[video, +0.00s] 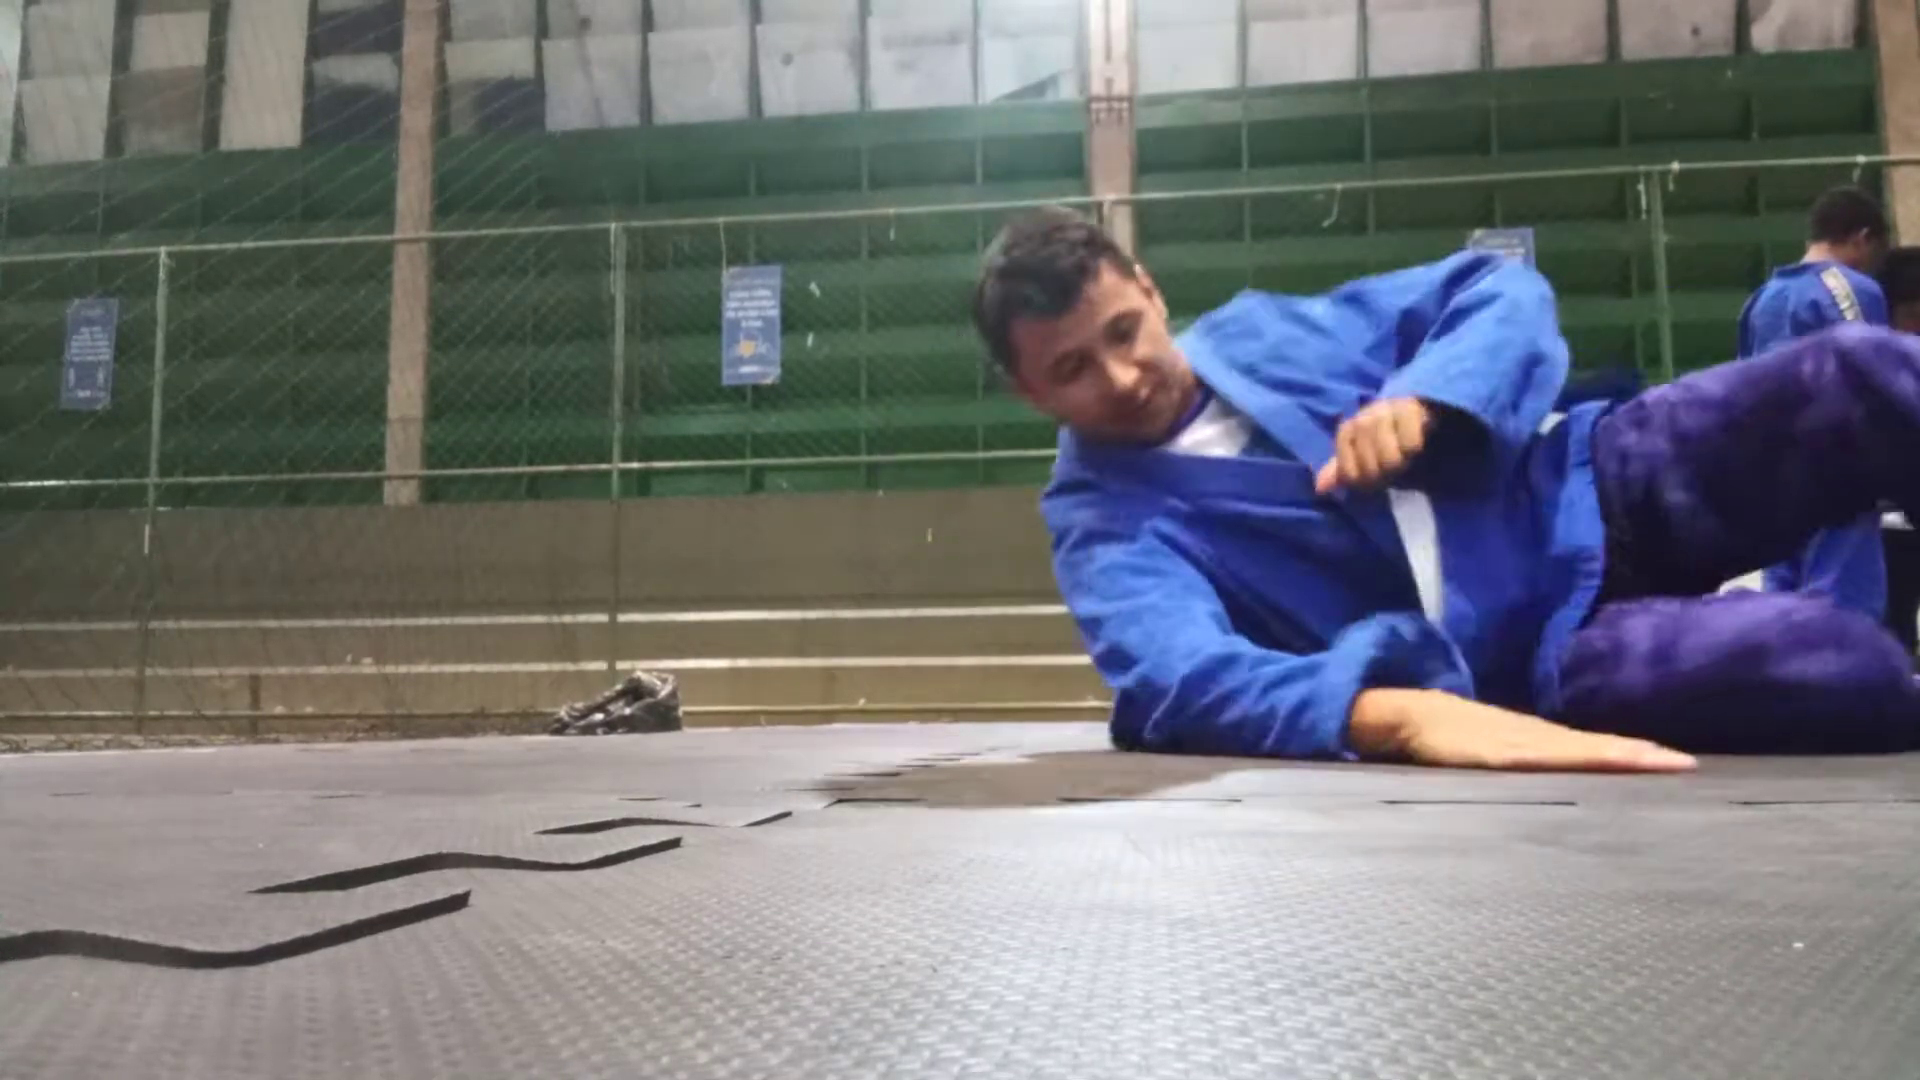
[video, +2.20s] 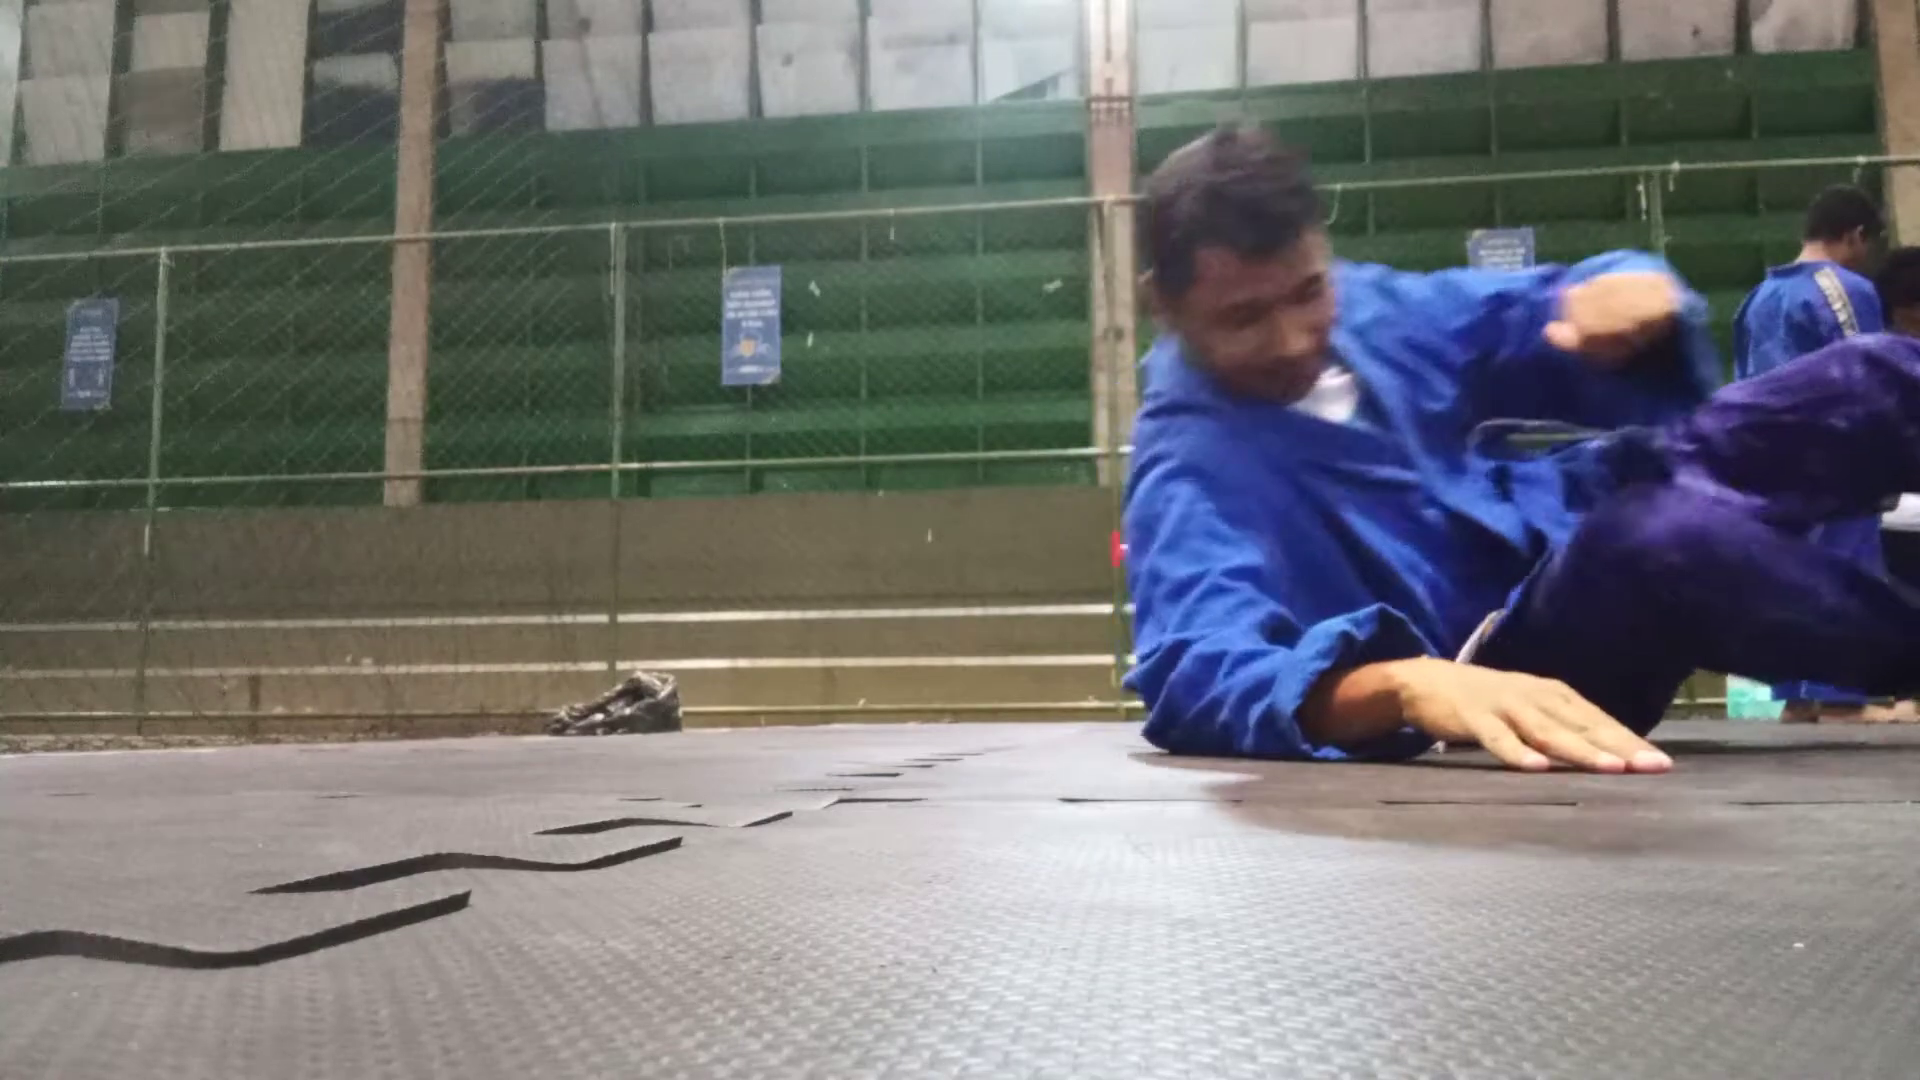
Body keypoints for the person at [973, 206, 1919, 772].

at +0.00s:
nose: (1124, 375)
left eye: (1125, 331)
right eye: (1076, 371)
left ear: (1150, 294)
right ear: (1031, 395)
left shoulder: (1258, 332)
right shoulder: (1106, 527)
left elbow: (1504, 290)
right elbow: (1190, 683)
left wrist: (1426, 396)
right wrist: (1407, 713)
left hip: (1586, 469)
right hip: (1538, 649)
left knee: (1850, 374)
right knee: (1800, 653)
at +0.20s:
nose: (1062, 462)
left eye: (1060, 420)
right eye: (1017, 462)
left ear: (1080, 392)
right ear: (968, 495)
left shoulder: (1180, 423)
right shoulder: (1073, 636)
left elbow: (1395, 369)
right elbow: (1227, 693)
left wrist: (1372, 496)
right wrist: (1411, 714)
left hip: (1524, 490)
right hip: (1519, 650)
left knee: (1795, 335)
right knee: (1795, 628)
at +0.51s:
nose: (1012, 482)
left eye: (1004, 447)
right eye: (968, 492)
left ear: (1024, 426)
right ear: (928, 541)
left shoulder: (1127, 458)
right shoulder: (1068, 652)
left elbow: (1326, 391)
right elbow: (1267, 701)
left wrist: (1322, 496)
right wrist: (1432, 714)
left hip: (1469, 484)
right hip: (1487, 643)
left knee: (1660, 267)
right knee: (1762, 559)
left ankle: (1909, 230)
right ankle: (1903, 689)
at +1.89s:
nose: (1090, 425)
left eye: (1090, 388)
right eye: (1047, 422)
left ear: (1112, 360)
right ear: (998, 447)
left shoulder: (1187, 413)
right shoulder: (1079, 581)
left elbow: (1398, 379)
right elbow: (1183, 694)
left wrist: (1415, 396)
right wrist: (1390, 699)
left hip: (1521, 497)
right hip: (1487, 648)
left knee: (1784, 375)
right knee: (1737, 516)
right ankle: (1911, 638)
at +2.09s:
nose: (1230, 358)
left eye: (1241, 318)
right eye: (1185, 341)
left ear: (1263, 288)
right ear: (1112, 344)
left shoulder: (1302, 341)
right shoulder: (1150, 497)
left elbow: (1544, 383)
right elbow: (1195, 686)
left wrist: (1569, 323)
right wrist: (1400, 684)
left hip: (1571, 509)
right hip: (1506, 676)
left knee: (1862, 391)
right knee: (1680, 527)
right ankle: (1908, 630)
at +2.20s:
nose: (1292, 341)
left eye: (1307, 294)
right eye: (1243, 320)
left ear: (1323, 258)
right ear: (1168, 311)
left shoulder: (1365, 306)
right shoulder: (1186, 465)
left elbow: (1552, 315)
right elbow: (1195, 679)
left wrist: (1634, 297)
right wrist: (1406, 684)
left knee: (1869, 380)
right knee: (1666, 539)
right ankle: (1903, 645)